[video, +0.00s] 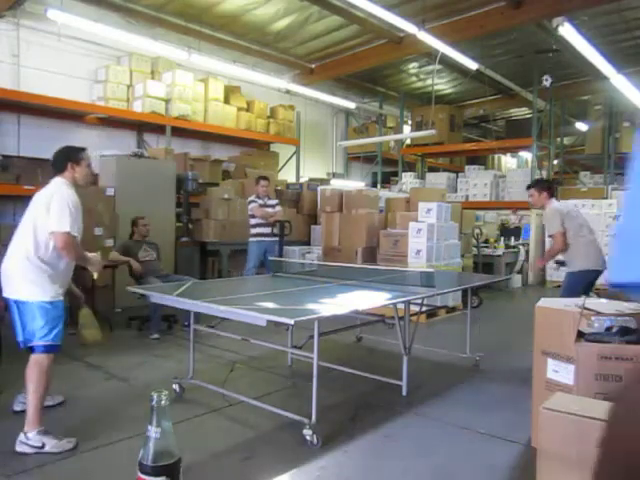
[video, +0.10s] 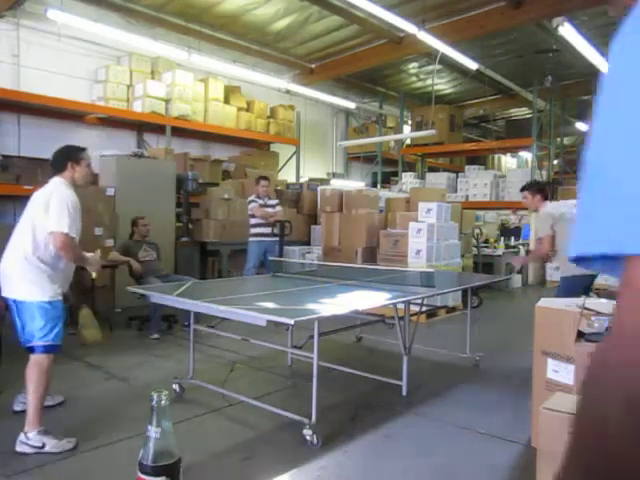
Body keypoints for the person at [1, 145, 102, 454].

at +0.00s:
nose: (92, 171)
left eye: (91, 165)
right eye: (87, 165)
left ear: (67, 168)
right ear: (72, 167)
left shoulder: (51, 191)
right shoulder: (64, 193)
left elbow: (47, 248)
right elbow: (63, 242)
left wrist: (70, 286)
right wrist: (87, 259)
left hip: (23, 279)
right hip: (36, 282)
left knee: (39, 344)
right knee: (43, 351)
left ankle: (30, 395)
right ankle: (32, 431)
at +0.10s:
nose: (92, 171)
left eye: (90, 165)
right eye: (87, 165)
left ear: (67, 168)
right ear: (71, 167)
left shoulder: (50, 190)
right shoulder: (62, 193)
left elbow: (53, 240)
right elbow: (61, 242)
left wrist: (83, 256)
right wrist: (86, 259)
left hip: (22, 280)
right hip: (35, 283)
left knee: (40, 344)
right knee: (44, 351)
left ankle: (30, 395)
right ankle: (32, 432)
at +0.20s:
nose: (91, 171)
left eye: (90, 165)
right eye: (86, 165)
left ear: (67, 167)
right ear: (70, 167)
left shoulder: (50, 190)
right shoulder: (60, 194)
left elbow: (54, 243)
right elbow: (57, 243)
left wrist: (82, 256)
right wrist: (84, 259)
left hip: (22, 281)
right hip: (33, 283)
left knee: (40, 345)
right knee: (44, 351)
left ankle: (31, 396)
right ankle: (32, 432)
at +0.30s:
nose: (90, 170)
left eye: (89, 165)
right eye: (85, 165)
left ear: (66, 167)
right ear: (69, 167)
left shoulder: (49, 191)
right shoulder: (55, 194)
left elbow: (49, 243)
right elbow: (50, 241)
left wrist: (79, 258)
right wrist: (81, 258)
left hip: (23, 281)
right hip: (30, 284)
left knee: (40, 344)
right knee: (43, 351)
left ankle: (30, 395)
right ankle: (31, 432)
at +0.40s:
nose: (88, 171)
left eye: (86, 165)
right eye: (83, 165)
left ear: (64, 167)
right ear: (67, 167)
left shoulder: (45, 190)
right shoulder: (53, 194)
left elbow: (48, 239)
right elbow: (47, 238)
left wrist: (77, 253)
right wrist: (78, 255)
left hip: (22, 283)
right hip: (32, 286)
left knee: (37, 346)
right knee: (41, 352)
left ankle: (30, 395)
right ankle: (31, 432)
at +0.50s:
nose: (85, 172)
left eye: (85, 166)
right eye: (81, 166)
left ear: (61, 167)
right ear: (66, 167)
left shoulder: (40, 190)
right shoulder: (56, 193)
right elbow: (52, 234)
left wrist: (77, 252)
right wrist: (79, 252)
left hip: (17, 282)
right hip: (33, 284)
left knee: (35, 346)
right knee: (40, 351)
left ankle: (30, 395)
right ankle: (31, 432)